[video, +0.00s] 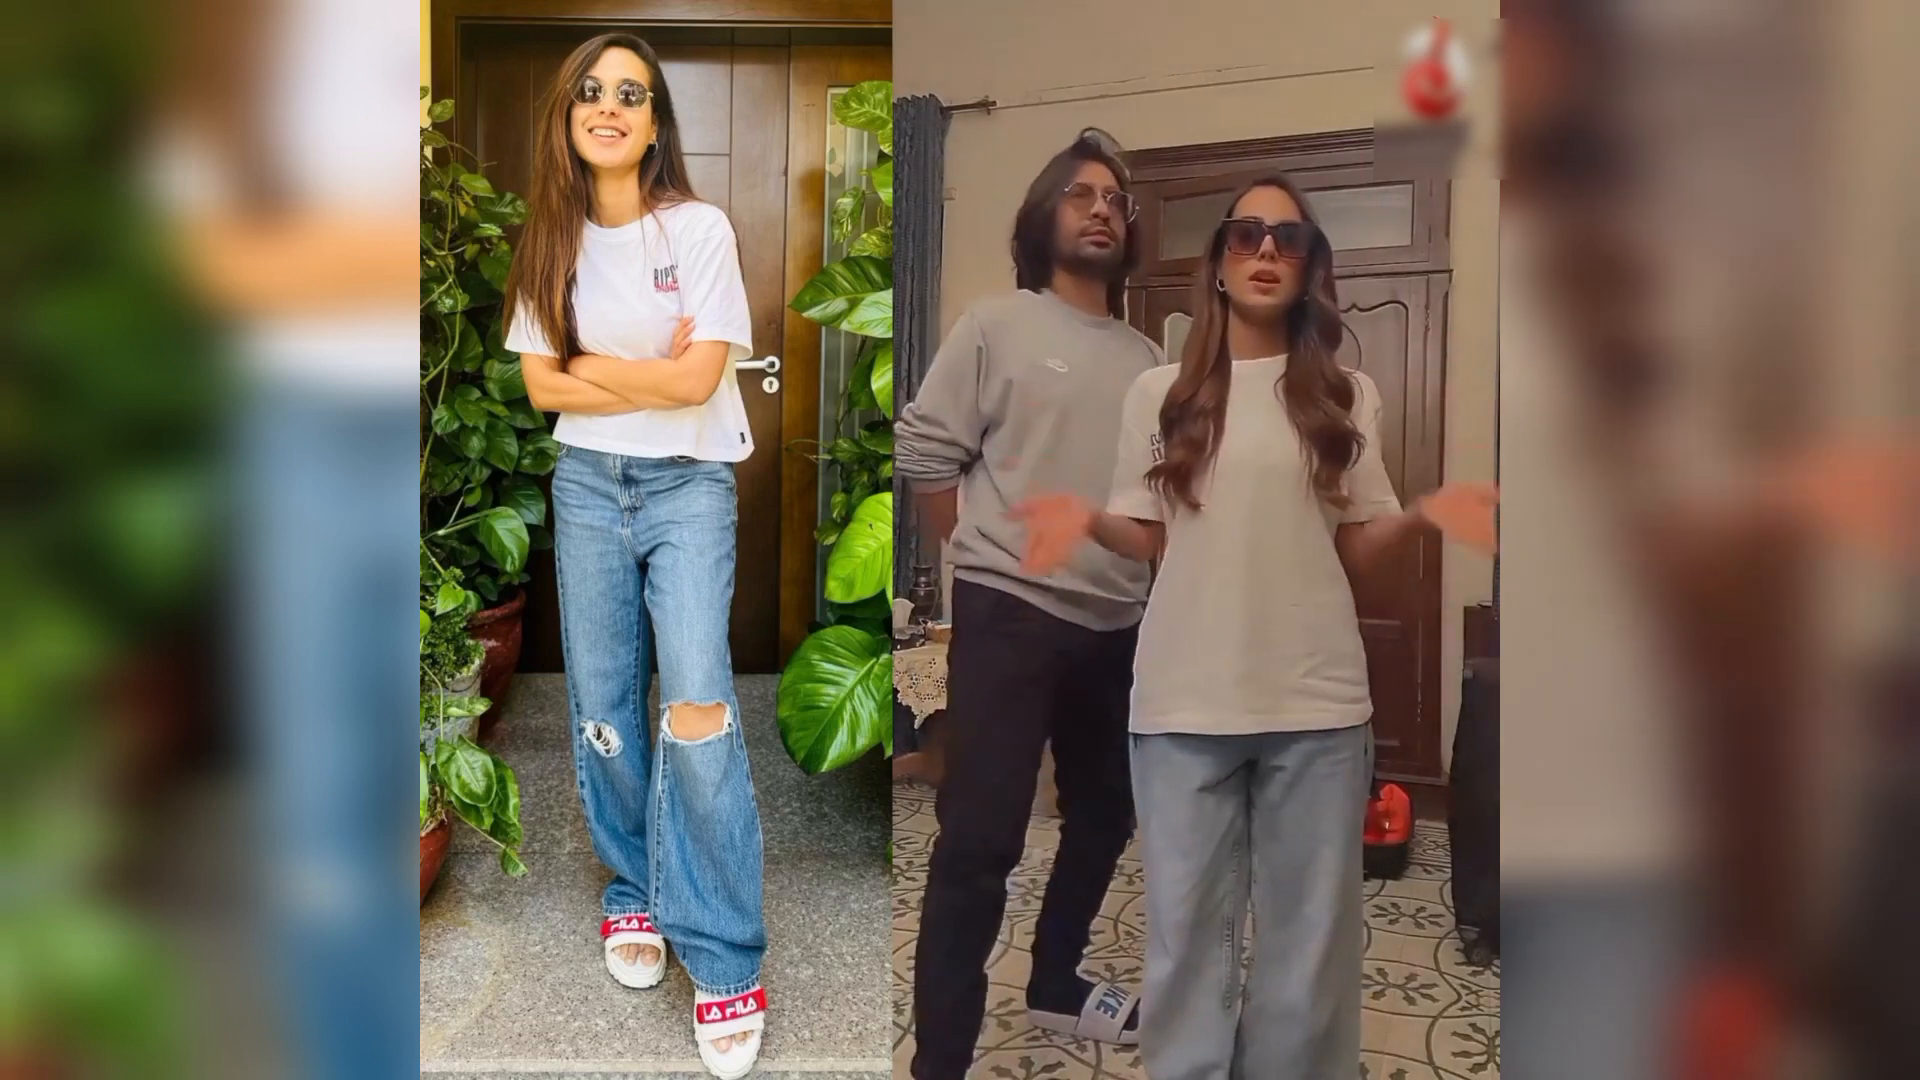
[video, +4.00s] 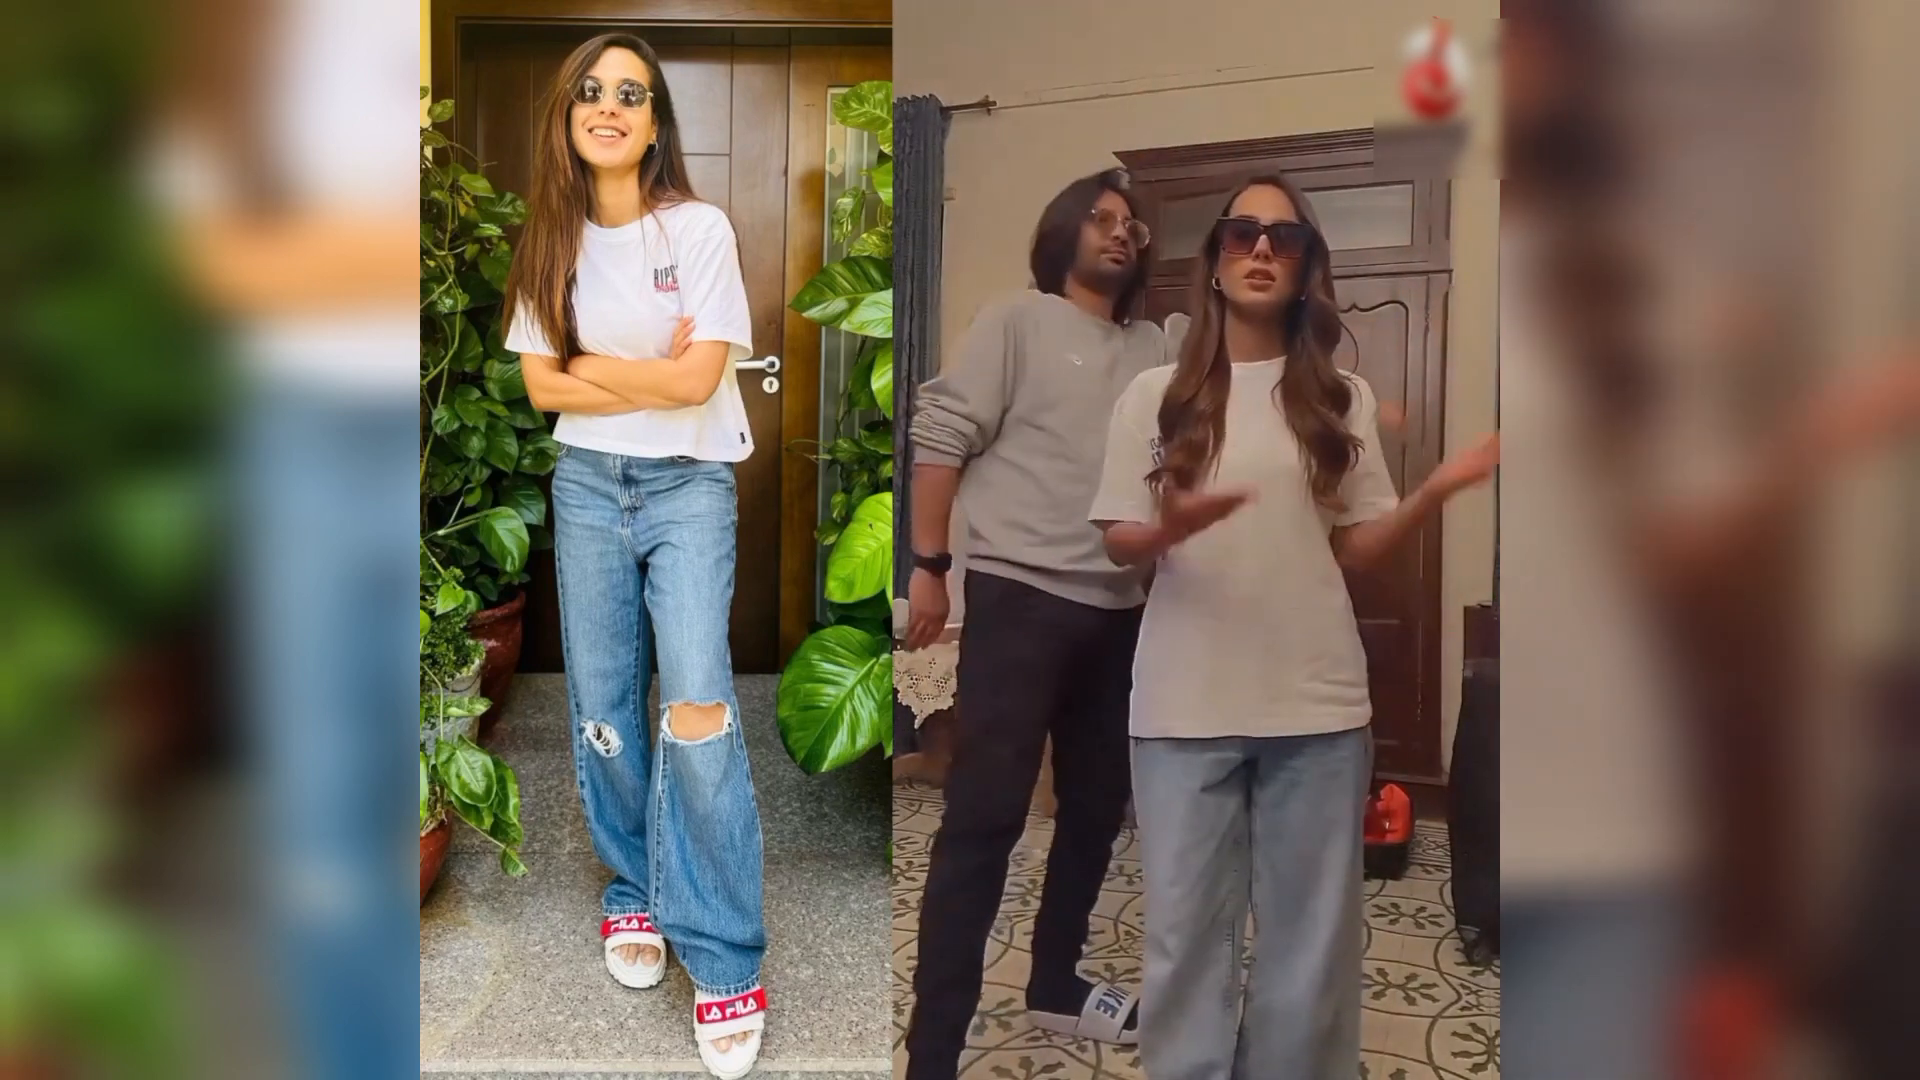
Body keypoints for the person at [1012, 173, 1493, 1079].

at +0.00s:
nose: (1266, 249)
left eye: (1287, 237)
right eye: (1248, 235)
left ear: (1313, 265)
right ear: (1219, 262)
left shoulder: (1346, 393)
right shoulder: (1162, 392)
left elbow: (1360, 552)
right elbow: (1154, 542)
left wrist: (1420, 517)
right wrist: (1093, 518)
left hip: (1317, 705)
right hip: (1182, 705)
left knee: (1310, 946)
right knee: (1182, 938)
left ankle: (1294, 1071)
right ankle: (1186, 1067)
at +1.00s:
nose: (1266, 248)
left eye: (1286, 236)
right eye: (1247, 234)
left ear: (1311, 263)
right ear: (1217, 258)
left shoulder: (1347, 392)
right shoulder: (1159, 391)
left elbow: (1384, 537)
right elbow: (1105, 531)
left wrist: (1471, 451)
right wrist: (1026, 446)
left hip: (1320, 707)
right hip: (1184, 708)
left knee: (1315, 944)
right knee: (1185, 938)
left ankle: (1294, 1075)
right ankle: (1186, 1069)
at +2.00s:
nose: (1263, 247)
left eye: (1284, 236)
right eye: (1244, 234)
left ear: (1311, 265)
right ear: (1214, 261)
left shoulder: (1345, 391)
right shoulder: (1160, 394)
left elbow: (1429, 522)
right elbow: (1082, 517)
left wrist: (1462, 382)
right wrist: (1031, 389)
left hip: (1322, 712)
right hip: (1183, 713)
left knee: (1314, 953)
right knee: (1184, 946)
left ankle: (1296, 1074)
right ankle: (1184, 1069)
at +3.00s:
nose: (1261, 246)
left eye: (1283, 235)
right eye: (1241, 233)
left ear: (1308, 267)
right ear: (1215, 262)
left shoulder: (1349, 395)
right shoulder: (1162, 393)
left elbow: (1378, 547)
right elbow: (1147, 545)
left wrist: (1360, 675)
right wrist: (1124, 665)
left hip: (1315, 712)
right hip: (1183, 712)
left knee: (1310, 952)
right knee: (1184, 945)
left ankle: (1293, 1070)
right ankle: (1185, 1066)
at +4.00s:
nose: (1262, 248)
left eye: (1283, 237)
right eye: (1243, 234)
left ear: (1308, 264)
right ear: (1213, 256)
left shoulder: (1342, 393)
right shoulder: (1154, 395)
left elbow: (1354, 549)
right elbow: (1120, 544)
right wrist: (1167, 526)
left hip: (1317, 707)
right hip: (1184, 710)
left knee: (1310, 952)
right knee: (1182, 944)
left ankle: (1292, 1077)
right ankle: (1186, 1072)